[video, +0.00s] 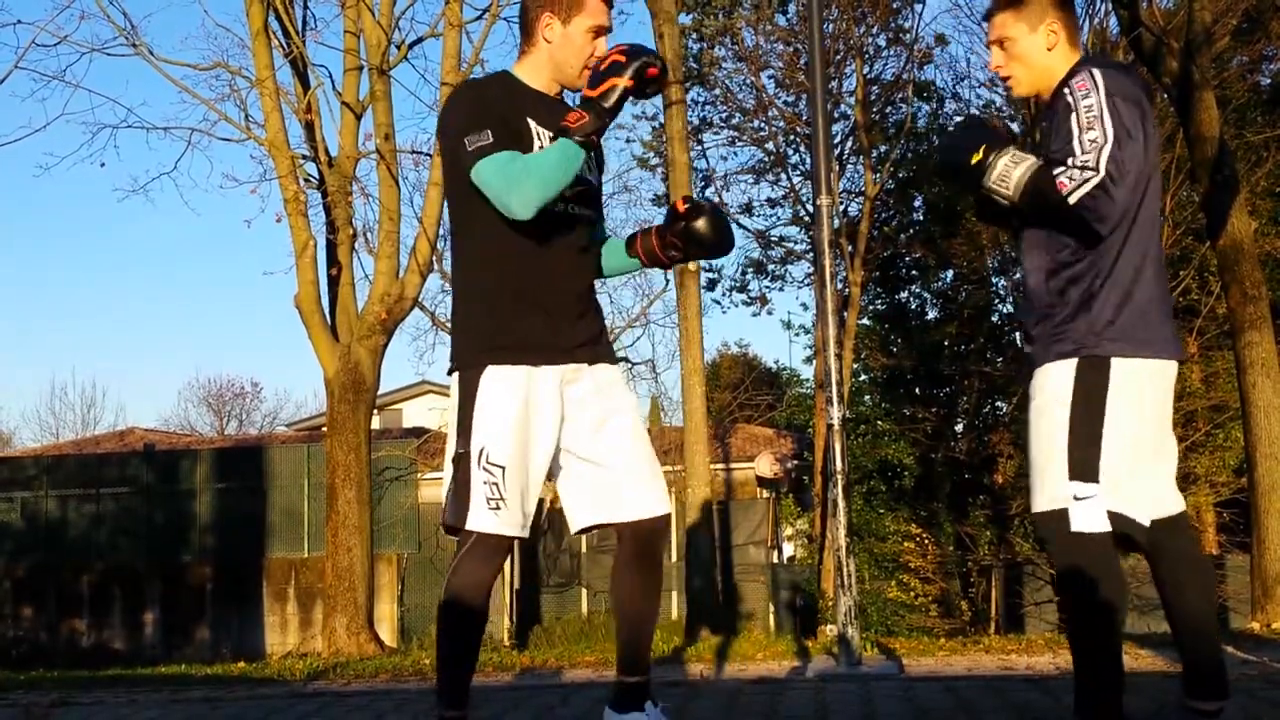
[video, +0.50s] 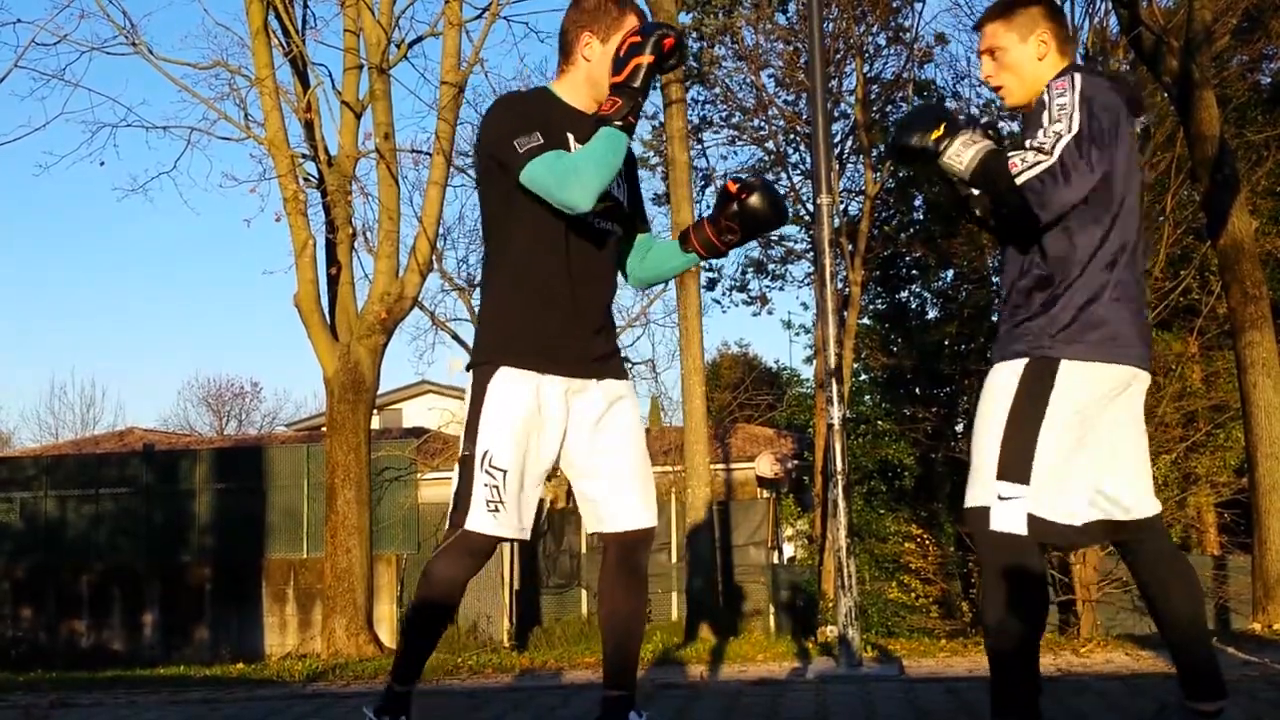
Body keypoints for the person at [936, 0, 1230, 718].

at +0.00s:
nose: (993, 61)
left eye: (1002, 44)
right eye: (990, 47)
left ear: (1050, 37)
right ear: (1046, 40)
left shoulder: (1091, 87)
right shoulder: (1070, 105)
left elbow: (1093, 201)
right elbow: (1051, 208)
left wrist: (995, 161)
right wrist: (988, 163)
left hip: (1092, 340)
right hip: (1127, 337)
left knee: (1070, 525)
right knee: (1154, 511)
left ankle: (1098, 709)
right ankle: (1208, 697)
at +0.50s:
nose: (985, 70)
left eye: (994, 53)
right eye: (982, 57)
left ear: (1044, 46)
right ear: (1038, 53)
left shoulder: (1076, 95)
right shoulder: (1086, 107)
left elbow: (1039, 189)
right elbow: (1027, 216)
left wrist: (957, 146)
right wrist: (965, 174)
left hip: (1055, 340)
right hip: (1107, 339)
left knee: (997, 517)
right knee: (1133, 517)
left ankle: (1013, 709)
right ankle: (1207, 694)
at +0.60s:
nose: (961, 58)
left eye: (971, 40)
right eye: (960, 44)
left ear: (1022, 33)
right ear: (1034, 38)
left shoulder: (1031, 91)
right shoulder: (1098, 106)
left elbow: (947, 159)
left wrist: (884, 112)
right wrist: (899, 119)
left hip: (1039, 335)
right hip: (1116, 331)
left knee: (1002, 522)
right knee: (1124, 508)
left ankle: (1013, 710)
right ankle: (1198, 686)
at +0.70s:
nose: (934, 50)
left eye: (940, 37)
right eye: (935, 39)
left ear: (979, 30)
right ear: (1015, 32)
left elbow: (839, 100)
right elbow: (1100, 219)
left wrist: (722, 86)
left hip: (1032, 322)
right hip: (1120, 324)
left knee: (1001, 521)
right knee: (1115, 504)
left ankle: (1009, 709)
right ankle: (1191, 677)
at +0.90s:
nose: (902, 54)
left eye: (909, 35)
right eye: (901, 38)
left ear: (954, 25)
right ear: (978, 26)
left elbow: (851, 146)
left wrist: (774, 107)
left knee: (982, 533)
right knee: (1126, 517)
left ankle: (1009, 716)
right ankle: (1183, 697)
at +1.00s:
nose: (895, 61)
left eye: (904, 43)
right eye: (894, 45)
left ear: (953, 35)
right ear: (958, 34)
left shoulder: (977, 88)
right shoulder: (1045, 98)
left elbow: (928, 190)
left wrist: (847, 139)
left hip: (1011, 340)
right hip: (1085, 333)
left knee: (970, 535)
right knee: (1110, 518)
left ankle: (1012, 717)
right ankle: (1183, 692)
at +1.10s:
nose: (894, 65)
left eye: (901, 45)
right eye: (892, 49)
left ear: (951, 36)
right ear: (955, 37)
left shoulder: (994, 90)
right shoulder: (1018, 93)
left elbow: (959, 208)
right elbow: (960, 224)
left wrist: (890, 147)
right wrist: (890, 158)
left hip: (1019, 342)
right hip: (1076, 339)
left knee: (971, 536)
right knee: (1099, 518)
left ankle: (1012, 718)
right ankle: (1182, 693)